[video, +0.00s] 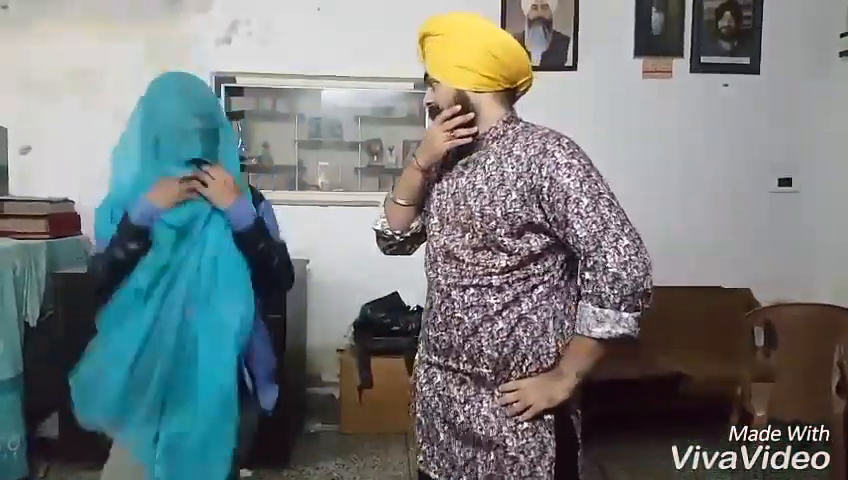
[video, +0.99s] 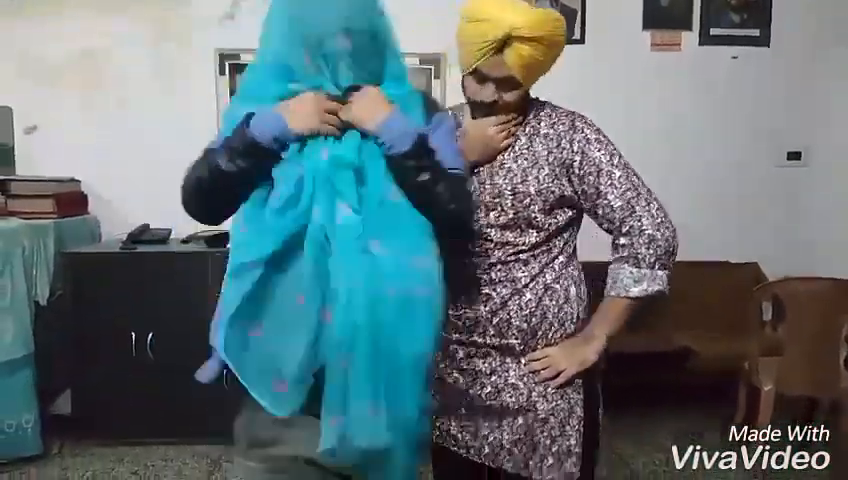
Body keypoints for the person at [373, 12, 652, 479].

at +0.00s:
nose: (429, 95)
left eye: (434, 80)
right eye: (430, 82)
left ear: (468, 81)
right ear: (477, 82)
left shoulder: (546, 155)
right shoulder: (441, 157)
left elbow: (622, 265)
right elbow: (393, 243)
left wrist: (566, 375)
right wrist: (420, 164)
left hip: (523, 399)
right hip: (439, 388)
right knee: (439, 473)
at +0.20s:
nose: (428, 96)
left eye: (435, 79)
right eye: (427, 81)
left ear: (475, 75)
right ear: (475, 76)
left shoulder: (548, 148)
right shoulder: (448, 152)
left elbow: (624, 265)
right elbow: (397, 240)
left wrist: (565, 373)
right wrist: (425, 163)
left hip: (525, 401)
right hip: (442, 390)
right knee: (439, 473)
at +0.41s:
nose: (438, 121)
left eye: (444, 107)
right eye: (432, 108)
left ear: (483, 88)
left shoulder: (556, 146)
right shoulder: (456, 144)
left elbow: (630, 261)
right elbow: (412, 240)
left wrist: (570, 369)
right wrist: (440, 176)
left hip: (533, 396)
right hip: (449, 385)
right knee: (445, 472)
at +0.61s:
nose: (459, 117)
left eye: (473, 103)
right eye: (450, 103)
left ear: (510, 88)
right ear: (441, 91)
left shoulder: (561, 142)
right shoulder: (449, 139)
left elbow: (633, 249)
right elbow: (404, 229)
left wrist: (575, 360)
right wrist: (450, 172)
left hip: (541, 388)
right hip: (454, 377)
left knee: (549, 472)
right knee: (449, 471)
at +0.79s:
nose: (474, 105)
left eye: (491, 93)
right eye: (464, 88)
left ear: (524, 82)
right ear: (452, 73)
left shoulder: (566, 140)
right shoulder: (446, 135)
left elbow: (642, 246)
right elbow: (400, 221)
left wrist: (579, 354)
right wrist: (455, 165)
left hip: (540, 386)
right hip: (452, 375)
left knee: (549, 472)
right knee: (450, 471)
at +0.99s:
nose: (488, 95)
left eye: (506, 84)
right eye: (477, 78)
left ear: (532, 76)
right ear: (462, 64)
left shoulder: (567, 138)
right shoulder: (438, 136)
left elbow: (651, 234)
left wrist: (592, 338)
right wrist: (452, 158)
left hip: (541, 378)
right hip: (452, 372)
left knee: (549, 472)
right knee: (457, 471)